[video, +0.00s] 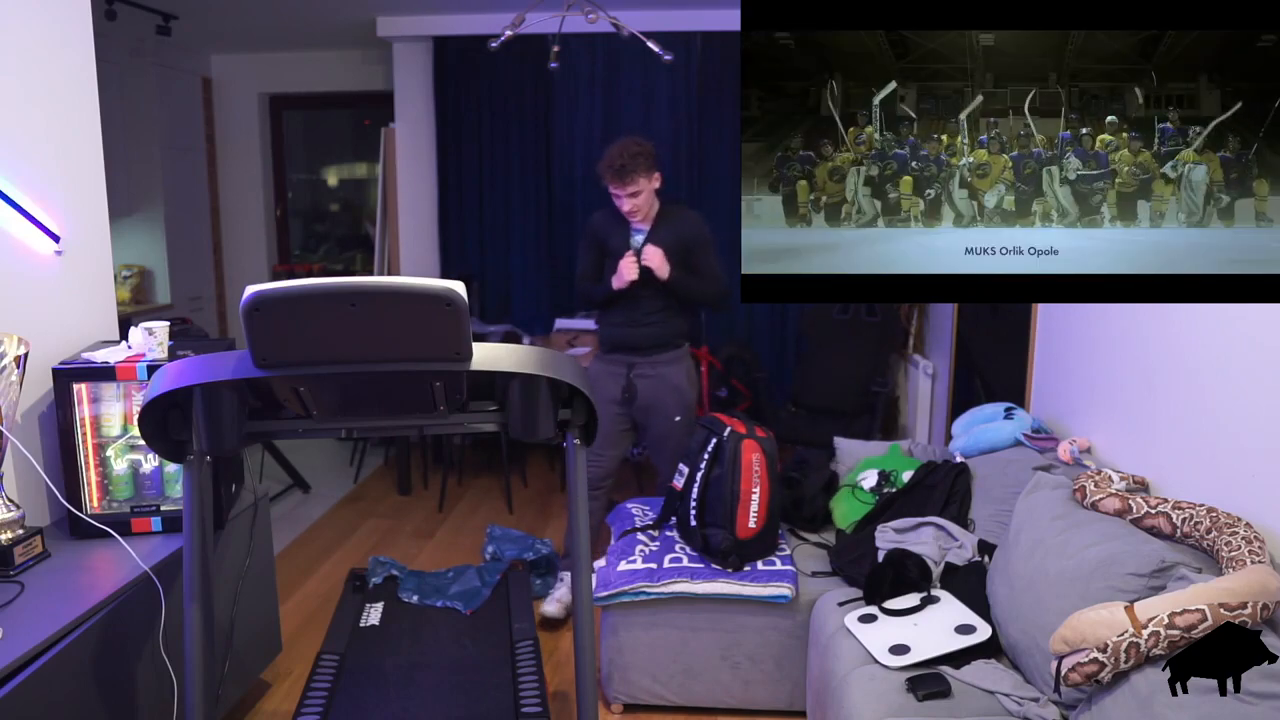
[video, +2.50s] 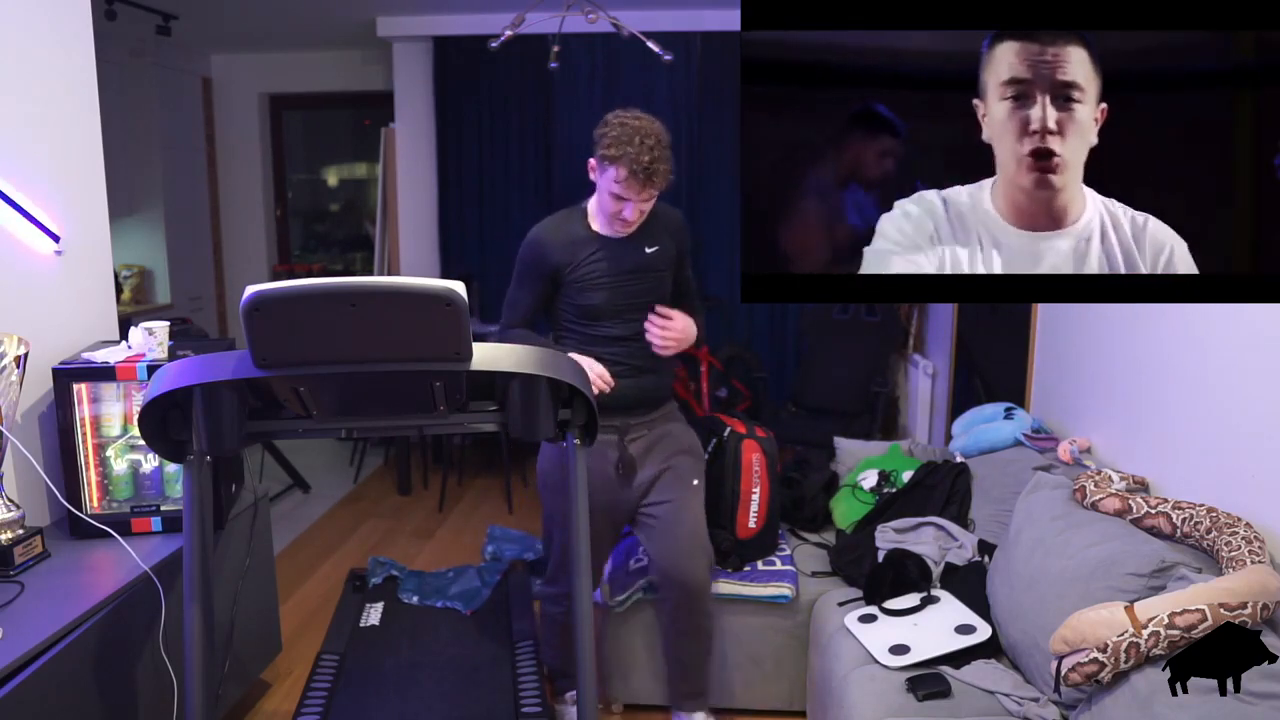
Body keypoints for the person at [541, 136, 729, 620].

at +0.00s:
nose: (625, 205)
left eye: (633, 194)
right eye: (617, 195)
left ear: (655, 183)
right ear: (607, 190)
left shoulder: (686, 226)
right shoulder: (601, 227)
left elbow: (717, 294)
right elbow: (584, 294)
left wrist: (670, 274)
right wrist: (613, 284)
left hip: (669, 367)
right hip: (610, 368)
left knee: (674, 476)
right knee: (591, 474)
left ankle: (684, 576)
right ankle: (572, 575)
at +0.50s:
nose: (550, 208)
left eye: (556, 196)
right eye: (539, 201)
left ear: (576, 178)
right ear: (528, 196)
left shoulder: (620, 220)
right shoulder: (531, 231)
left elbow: (652, 294)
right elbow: (516, 282)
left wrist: (670, 365)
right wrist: (499, 308)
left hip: (615, 368)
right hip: (552, 369)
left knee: (603, 483)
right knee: (555, 486)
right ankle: (563, 582)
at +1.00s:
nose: (565, 201)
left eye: (575, 191)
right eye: (557, 189)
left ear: (591, 183)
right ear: (541, 177)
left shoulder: (616, 227)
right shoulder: (518, 231)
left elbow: (636, 308)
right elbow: (500, 295)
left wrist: (633, 383)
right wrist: (497, 321)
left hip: (602, 377)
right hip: (536, 377)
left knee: (592, 505)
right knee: (549, 502)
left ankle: (588, 617)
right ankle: (560, 588)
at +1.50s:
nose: (599, 198)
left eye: (611, 187)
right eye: (591, 184)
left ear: (624, 183)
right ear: (569, 169)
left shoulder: (632, 234)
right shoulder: (528, 227)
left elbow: (649, 319)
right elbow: (498, 295)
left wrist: (662, 400)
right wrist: (514, 331)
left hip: (614, 396)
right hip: (543, 395)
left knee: (600, 530)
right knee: (560, 526)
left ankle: (586, 641)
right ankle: (558, 652)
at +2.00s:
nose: (597, 208)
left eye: (608, 195)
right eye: (585, 195)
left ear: (622, 181)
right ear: (558, 175)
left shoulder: (635, 231)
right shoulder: (523, 238)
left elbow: (649, 321)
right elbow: (489, 327)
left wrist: (660, 405)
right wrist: (529, 382)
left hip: (622, 419)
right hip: (545, 424)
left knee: (605, 556)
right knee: (554, 564)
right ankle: (565, 685)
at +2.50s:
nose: (631, 214)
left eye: (645, 202)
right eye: (619, 199)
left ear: (660, 184)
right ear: (594, 173)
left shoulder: (670, 229)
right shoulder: (550, 241)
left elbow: (690, 314)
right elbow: (511, 332)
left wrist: (691, 332)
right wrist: (562, 359)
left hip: (662, 430)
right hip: (579, 437)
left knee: (687, 574)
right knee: (569, 584)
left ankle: (690, 709)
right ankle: (567, 700)